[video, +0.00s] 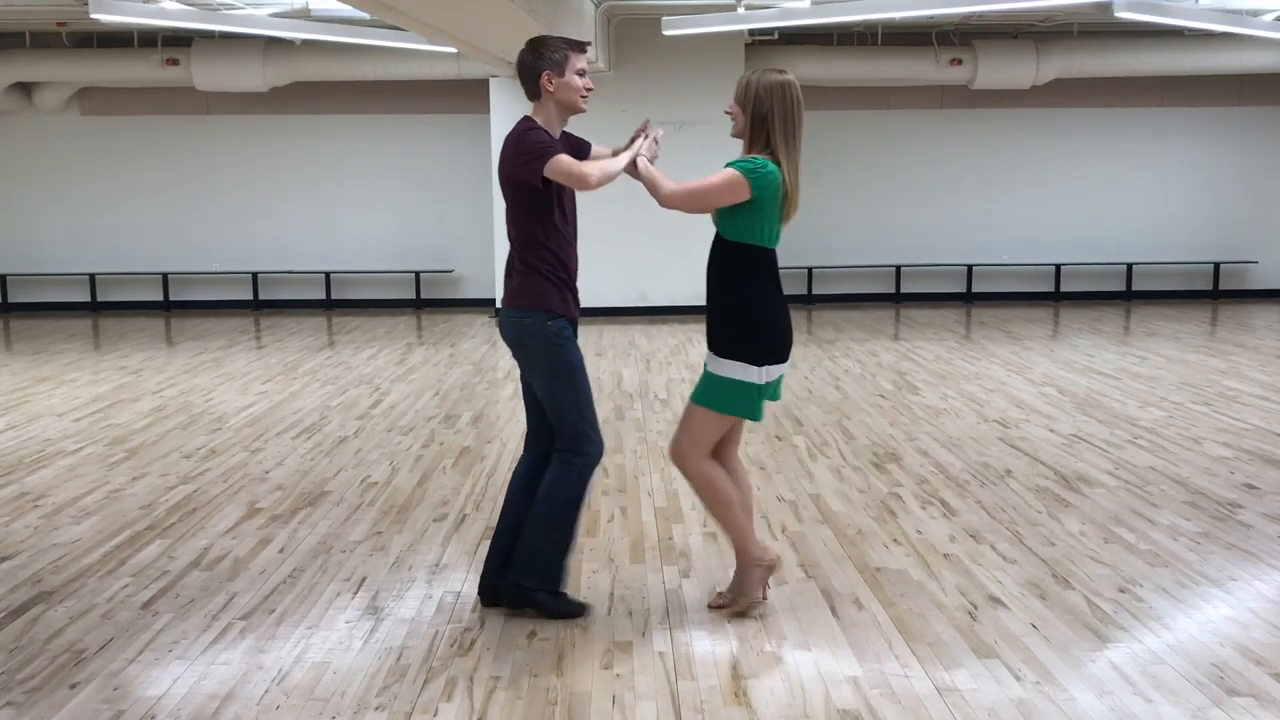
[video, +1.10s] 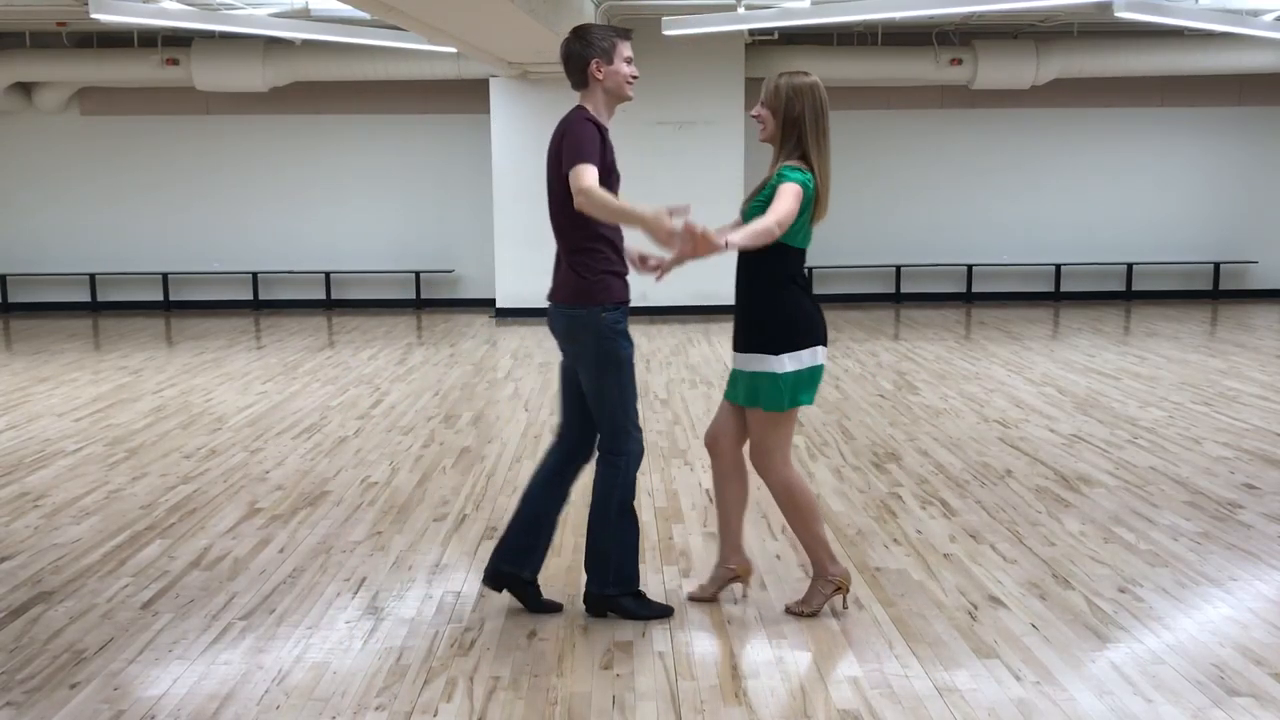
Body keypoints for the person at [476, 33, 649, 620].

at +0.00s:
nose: (590, 84)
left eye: (589, 75)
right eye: (581, 75)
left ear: (554, 83)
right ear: (549, 81)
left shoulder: (555, 137)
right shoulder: (528, 139)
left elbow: (593, 161)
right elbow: (585, 176)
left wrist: (630, 148)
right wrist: (632, 153)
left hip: (542, 315)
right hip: (537, 317)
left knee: (544, 446)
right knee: (581, 446)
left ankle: (500, 579)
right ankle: (533, 582)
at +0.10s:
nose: (580, 87)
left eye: (579, 77)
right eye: (571, 77)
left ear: (541, 85)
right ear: (538, 83)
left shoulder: (536, 137)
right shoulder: (522, 139)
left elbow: (590, 150)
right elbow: (589, 151)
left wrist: (629, 126)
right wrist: (627, 121)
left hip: (538, 319)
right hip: (528, 321)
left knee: (544, 451)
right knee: (552, 453)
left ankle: (510, 573)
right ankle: (470, 568)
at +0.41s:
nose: (568, 79)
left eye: (567, 69)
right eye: (560, 70)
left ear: (530, 78)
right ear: (529, 75)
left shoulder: (527, 129)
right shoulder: (503, 124)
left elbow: (586, 96)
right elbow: (586, 82)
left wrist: (634, 30)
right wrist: (631, 22)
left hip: (520, 317)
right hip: (493, 316)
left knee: (524, 448)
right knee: (469, 444)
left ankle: (500, 578)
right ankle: (404, 567)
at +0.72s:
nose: (586, 79)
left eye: (585, 69)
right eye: (578, 70)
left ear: (549, 78)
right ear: (548, 77)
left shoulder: (541, 134)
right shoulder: (520, 128)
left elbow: (597, 116)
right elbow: (586, 93)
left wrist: (645, 75)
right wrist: (657, 21)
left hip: (532, 314)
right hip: (526, 316)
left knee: (527, 447)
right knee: (566, 449)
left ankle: (499, 580)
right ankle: (466, 549)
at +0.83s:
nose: (597, 79)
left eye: (596, 70)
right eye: (590, 69)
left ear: (559, 77)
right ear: (559, 74)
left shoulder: (556, 134)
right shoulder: (532, 127)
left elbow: (600, 142)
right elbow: (584, 121)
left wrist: (646, 126)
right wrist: (664, 57)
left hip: (533, 313)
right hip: (542, 316)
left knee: (528, 447)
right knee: (593, 441)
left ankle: (496, 579)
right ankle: (523, 572)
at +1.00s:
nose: (622, 74)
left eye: (619, 64)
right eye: (612, 64)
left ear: (579, 72)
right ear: (580, 71)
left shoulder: (564, 130)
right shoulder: (567, 123)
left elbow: (580, 193)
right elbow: (583, 165)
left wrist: (632, 209)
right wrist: (659, 159)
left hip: (553, 308)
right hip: (573, 310)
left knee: (539, 447)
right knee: (611, 443)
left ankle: (502, 575)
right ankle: (609, 589)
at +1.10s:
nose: (636, 72)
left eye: (634, 62)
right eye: (628, 62)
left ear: (599, 72)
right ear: (597, 69)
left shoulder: (587, 132)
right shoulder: (583, 127)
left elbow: (583, 229)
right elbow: (583, 194)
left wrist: (634, 259)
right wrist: (653, 219)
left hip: (579, 308)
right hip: (594, 312)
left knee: (575, 439)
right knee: (622, 446)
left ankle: (513, 564)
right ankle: (610, 588)